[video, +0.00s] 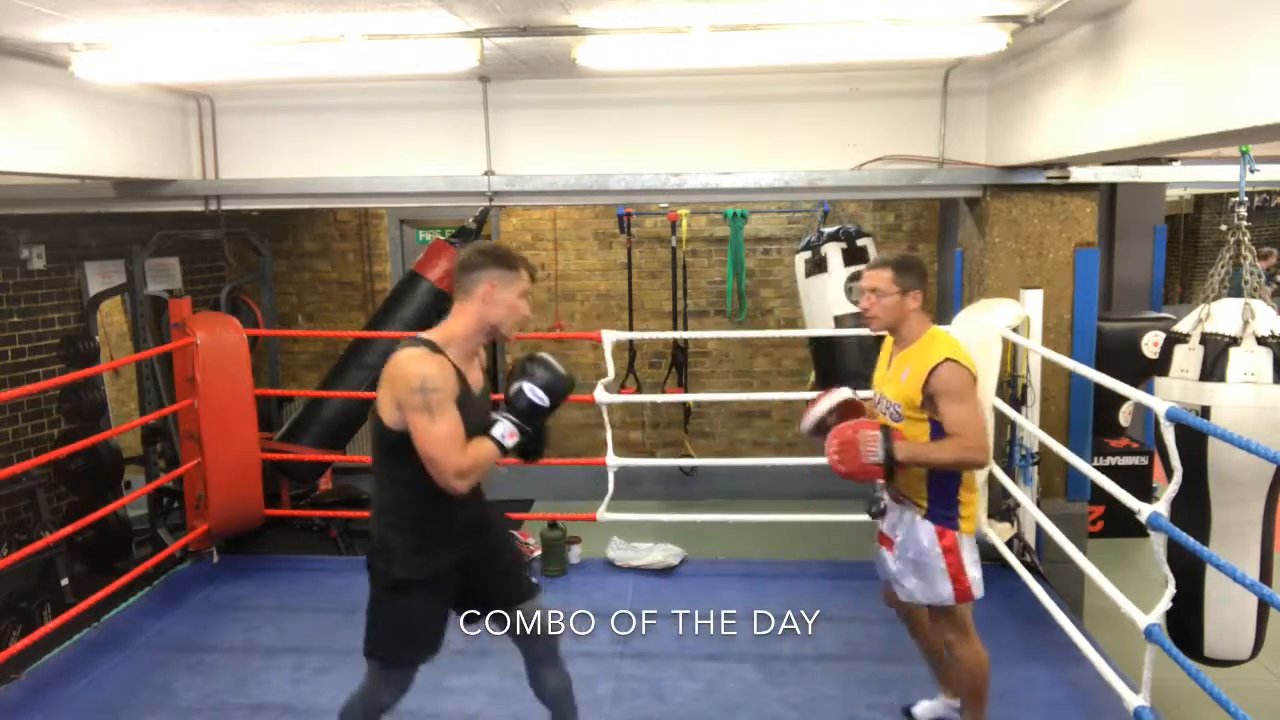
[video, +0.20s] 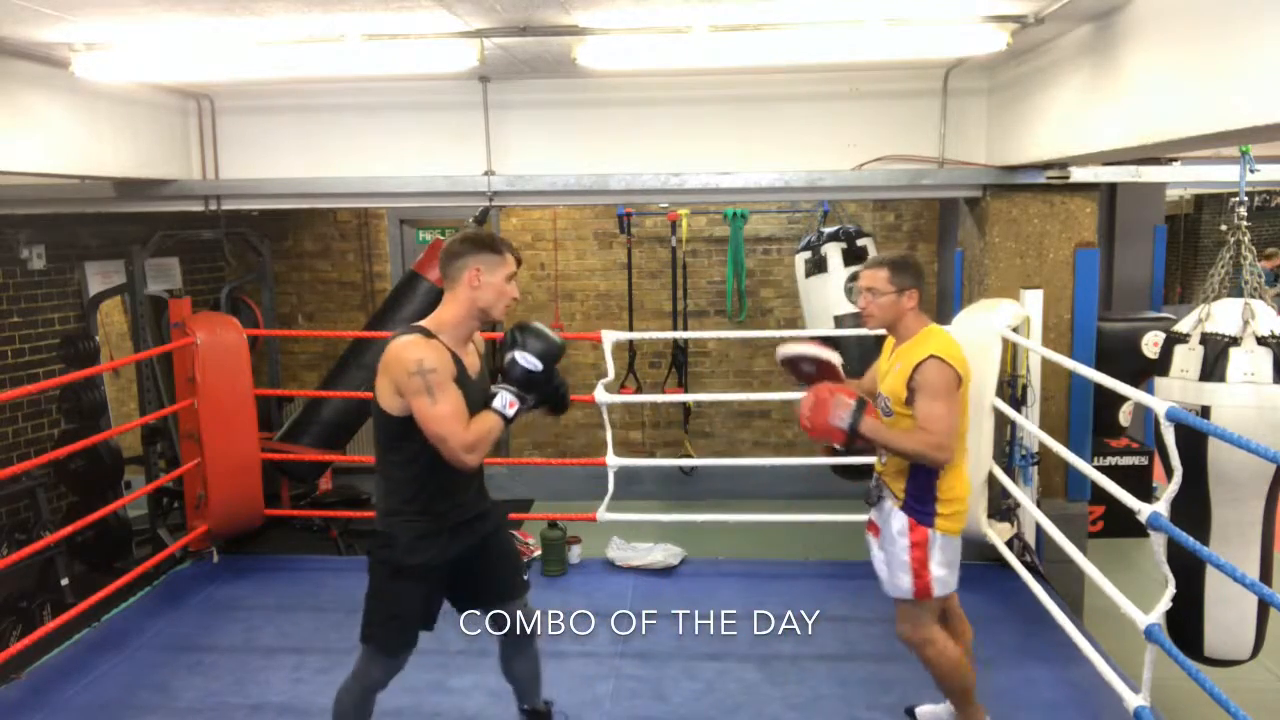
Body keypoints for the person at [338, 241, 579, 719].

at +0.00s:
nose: (528, 311)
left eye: (528, 298)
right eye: (522, 296)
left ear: (487, 296)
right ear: (486, 294)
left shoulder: (475, 357)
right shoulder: (419, 367)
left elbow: (462, 444)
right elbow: (456, 473)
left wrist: (513, 430)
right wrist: (511, 425)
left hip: (472, 536)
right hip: (413, 552)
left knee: (538, 637)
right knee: (386, 684)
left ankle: (567, 714)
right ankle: (348, 717)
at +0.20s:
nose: (517, 292)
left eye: (516, 279)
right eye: (508, 279)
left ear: (475, 282)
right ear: (473, 281)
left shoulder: (475, 344)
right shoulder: (414, 354)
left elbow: (480, 420)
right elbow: (466, 451)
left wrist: (532, 394)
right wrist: (512, 388)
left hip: (474, 524)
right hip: (412, 537)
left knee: (517, 624)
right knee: (380, 663)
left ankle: (534, 709)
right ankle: (345, 714)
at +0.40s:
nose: (542, 289)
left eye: (542, 278)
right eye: (536, 277)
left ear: (504, 277)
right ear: (504, 276)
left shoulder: (503, 340)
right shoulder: (446, 340)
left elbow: (508, 416)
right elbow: (482, 438)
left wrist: (555, 374)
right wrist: (545, 385)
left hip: (488, 519)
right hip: (431, 528)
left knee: (520, 628)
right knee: (404, 669)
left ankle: (533, 711)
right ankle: (363, 711)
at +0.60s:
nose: (546, 304)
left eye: (550, 293)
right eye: (543, 290)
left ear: (508, 285)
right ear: (509, 281)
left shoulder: (504, 343)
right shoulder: (455, 336)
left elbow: (516, 422)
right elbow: (514, 419)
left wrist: (566, 372)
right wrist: (558, 363)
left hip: (485, 517)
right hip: (431, 527)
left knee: (526, 614)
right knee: (396, 662)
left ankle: (535, 711)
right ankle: (348, 712)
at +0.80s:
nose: (542, 316)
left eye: (547, 305)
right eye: (541, 300)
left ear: (507, 292)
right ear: (510, 289)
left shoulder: (495, 343)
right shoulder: (454, 340)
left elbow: (564, 363)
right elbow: (538, 408)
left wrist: (596, 334)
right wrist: (575, 348)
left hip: (474, 523)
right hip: (420, 531)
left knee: (526, 622)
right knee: (385, 673)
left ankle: (534, 712)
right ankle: (340, 715)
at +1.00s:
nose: (527, 322)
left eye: (531, 312)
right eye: (527, 307)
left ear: (495, 294)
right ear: (503, 292)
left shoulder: (465, 342)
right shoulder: (460, 346)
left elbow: (504, 416)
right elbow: (521, 414)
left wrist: (546, 355)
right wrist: (551, 363)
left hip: (468, 524)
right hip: (422, 533)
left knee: (520, 620)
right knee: (391, 677)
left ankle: (533, 712)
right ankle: (344, 717)